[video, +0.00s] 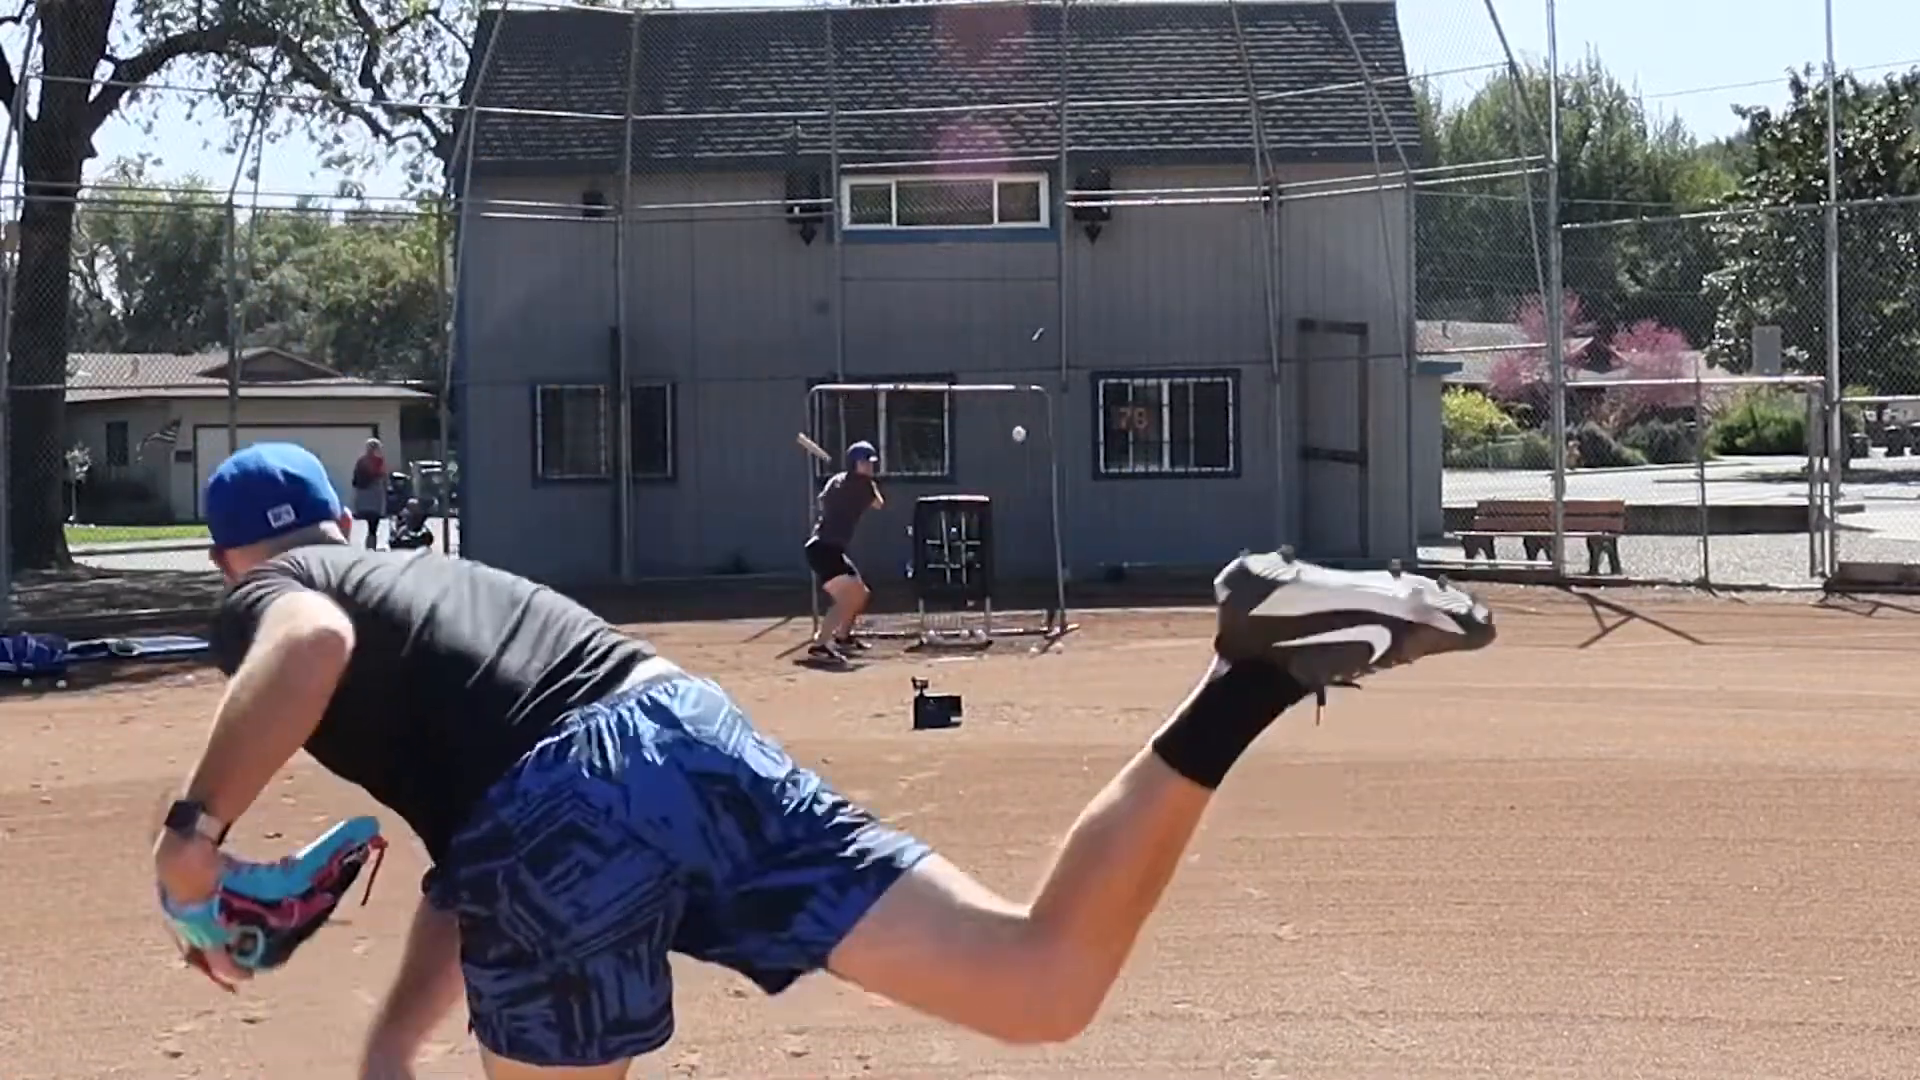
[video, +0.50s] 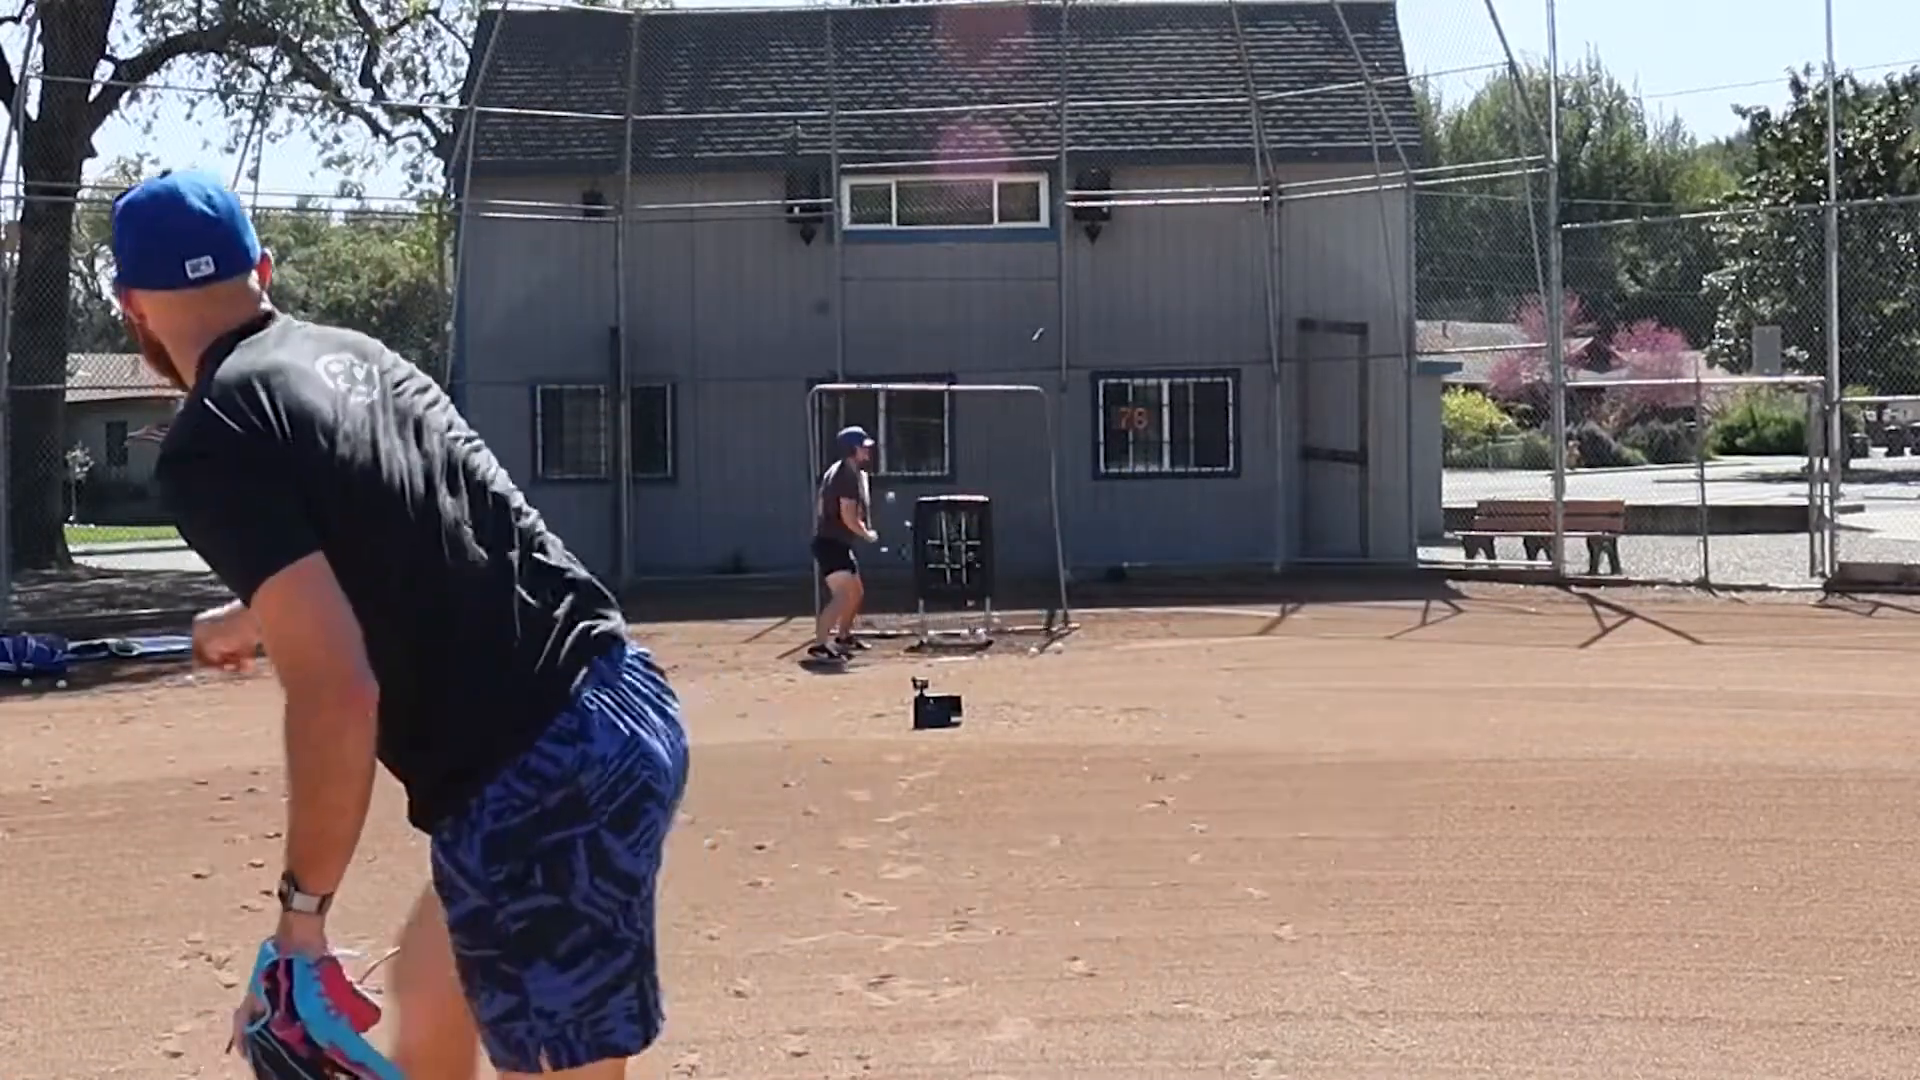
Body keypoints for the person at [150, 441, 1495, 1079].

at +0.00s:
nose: (224, 594)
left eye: (221, 573)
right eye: (226, 579)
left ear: (252, 549)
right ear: (339, 514)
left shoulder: (296, 571)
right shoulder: (434, 578)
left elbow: (310, 636)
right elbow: (458, 882)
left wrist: (196, 828)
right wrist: (382, 1063)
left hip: (553, 812)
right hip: (681, 718)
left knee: (549, 1059)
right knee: (1040, 985)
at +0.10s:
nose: (195, 508)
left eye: (190, 488)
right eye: (214, 485)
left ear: (202, 487)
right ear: (314, 457)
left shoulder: (229, 559)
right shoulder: (390, 517)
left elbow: (261, 701)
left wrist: (205, 929)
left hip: (559, 811)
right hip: (678, 697)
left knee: (563, 1060)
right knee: (989, 926)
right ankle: (1254, 736)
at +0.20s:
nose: (162, 454)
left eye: (155, 434)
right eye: (167, 432)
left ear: (173, 428)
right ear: (288, 397)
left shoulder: (214, 527)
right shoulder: (365, 463)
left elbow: (278, 735)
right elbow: (479, 622)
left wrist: (268, 965)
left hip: (571, 799)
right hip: (682, 687)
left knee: (567, 1063)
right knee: (881, 877)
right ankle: (1200, 910)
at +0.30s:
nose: (152, 390)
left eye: (145, 372)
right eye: (152, 370)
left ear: (152, 378)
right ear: (275, 341)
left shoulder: (209, 489)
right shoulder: (367, 410)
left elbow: (313, 719)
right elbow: (475, 582)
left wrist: (303, 939)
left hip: (570, 801)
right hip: (680, 685)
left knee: (570, 1064)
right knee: (749, 901)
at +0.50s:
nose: (131, 324)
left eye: (124, 302)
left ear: (134, 310)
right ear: (259, 271)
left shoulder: (217, 430)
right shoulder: (353, 352)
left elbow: (335, 688)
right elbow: (413, 540)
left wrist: (305, 910)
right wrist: (271, 615)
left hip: (550, 768)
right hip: (626, 702)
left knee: (568, 1062)